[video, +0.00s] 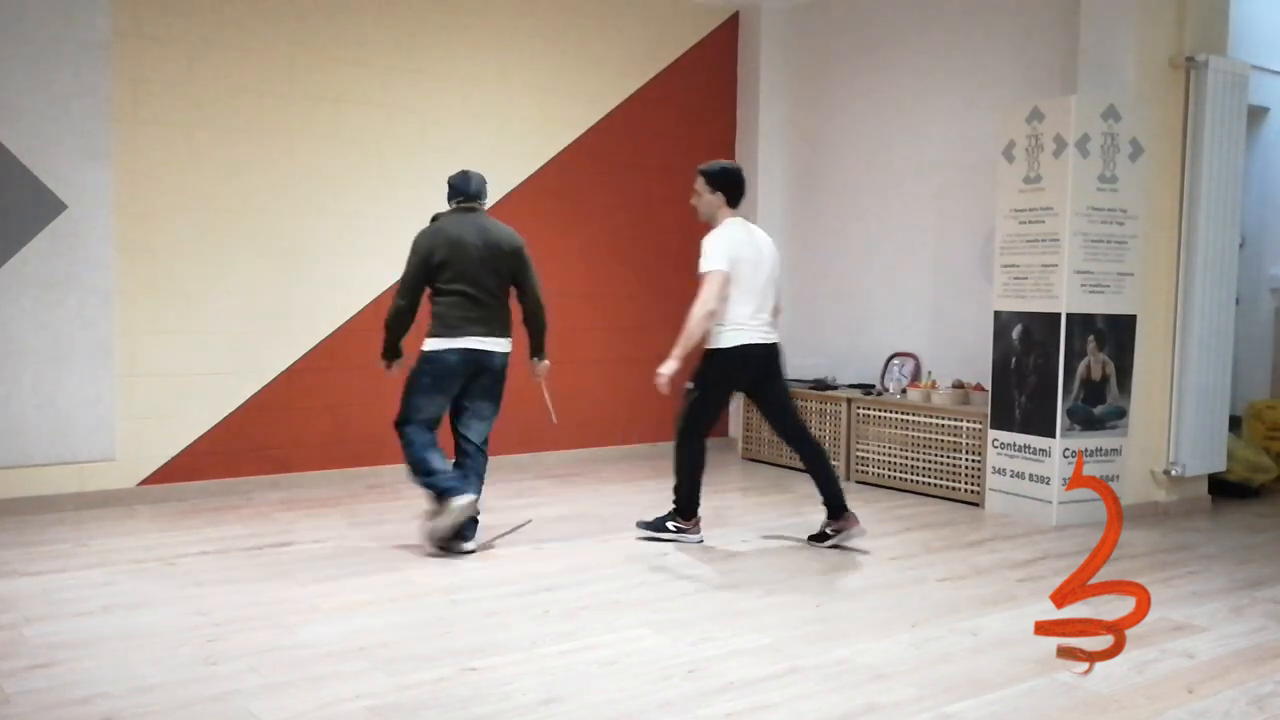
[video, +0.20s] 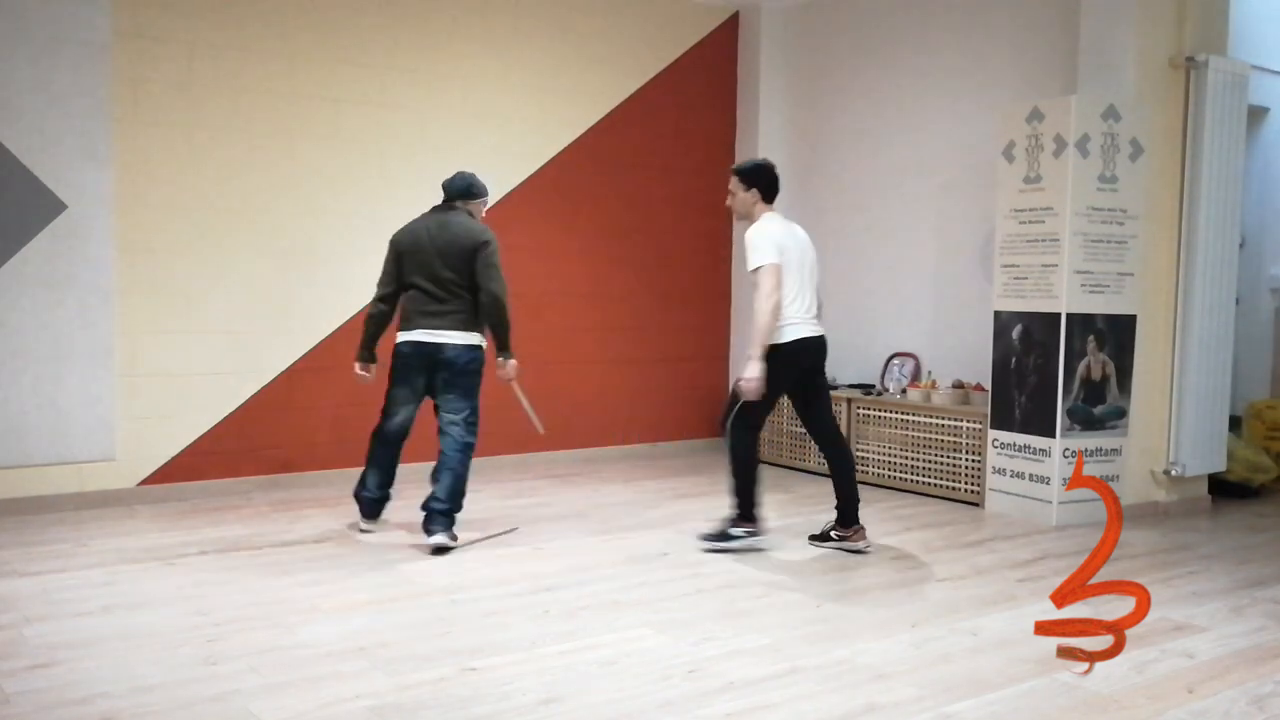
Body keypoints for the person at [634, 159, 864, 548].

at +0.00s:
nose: (693, 201)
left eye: (698, 193)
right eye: (694, 193)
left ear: (719, 196)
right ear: (730, 197)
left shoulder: (718, 238)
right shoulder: (764, 241)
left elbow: (709, 304)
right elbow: (773, 309)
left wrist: (674, 359)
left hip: (727, 354)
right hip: (765, 354)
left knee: (691, 431)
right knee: (794, 431)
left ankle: (684, 517)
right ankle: (840, 514)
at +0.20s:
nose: (728, 200)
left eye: (733, 192)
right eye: (729, 192)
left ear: (754, 194)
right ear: (764, 196)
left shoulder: (760, 232)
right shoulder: (796, 232)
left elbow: (769, 297)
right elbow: (811, 300)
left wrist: (755, 358)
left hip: (782, 348)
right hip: (811, 347)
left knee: (742, 426)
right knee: (829, 435)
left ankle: (744, 520)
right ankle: (849, 524)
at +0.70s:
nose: (749, 194)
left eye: (753, 186)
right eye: (749, 186)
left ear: (772, 187)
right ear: (785, 187)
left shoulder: (791, 234)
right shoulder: (819, 229)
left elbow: (793, 312)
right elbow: (839, 301)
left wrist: (759, 371)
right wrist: (837, 358)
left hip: (802, 356)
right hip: (823, 352)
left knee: (794, 453)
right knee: (823, 442)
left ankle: (811, 556)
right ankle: (848, 526)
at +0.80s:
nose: (744, 190)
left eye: (746, 181)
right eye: (743, 182)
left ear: (764, 181)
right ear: (778, 181)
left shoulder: (787, 227)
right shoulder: (811, 222)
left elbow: (773, 308)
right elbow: (832, 299)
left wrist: (729, 366)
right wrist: (833, 356)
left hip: (796, 355)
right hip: (815, 349)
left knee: (792, 450)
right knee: (799, 443)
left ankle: (811, 558)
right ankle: (830, 525)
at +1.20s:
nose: (691, 192)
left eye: (692, 182)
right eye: (691, 183)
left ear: (706, 180)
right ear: (733, 180)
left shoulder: (722, 230)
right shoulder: (765, 228)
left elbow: (708, 311)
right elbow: (789, 302)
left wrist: (680, 371)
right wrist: (787, 366)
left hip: (737, 366)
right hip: (765, 361)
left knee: (707, 462)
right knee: (774, 461)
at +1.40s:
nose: (655, 184)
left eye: (655, 175)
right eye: (656, 175)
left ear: (666, 175)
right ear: (697, 176)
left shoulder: (686, 215)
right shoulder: (723, 220)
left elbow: (681, 296)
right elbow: (727, 302)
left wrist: (663, 368)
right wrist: (723, 378)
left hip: (697, 354)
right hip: (715, 352)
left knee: (682, 451)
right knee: (677, 451)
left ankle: (764, 528)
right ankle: (662, 556)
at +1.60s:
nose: (630, 177)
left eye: (629, 170)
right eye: (630, 170)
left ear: (639, 170)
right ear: (675, 170)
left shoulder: (652, 213)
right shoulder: (699, 218)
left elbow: (643, 295)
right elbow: (706, 306)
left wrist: (620, 367)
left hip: (661, 352)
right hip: (694, 349)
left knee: (620, 450)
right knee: (666, 450)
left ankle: (662, 553)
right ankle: (662, 552)